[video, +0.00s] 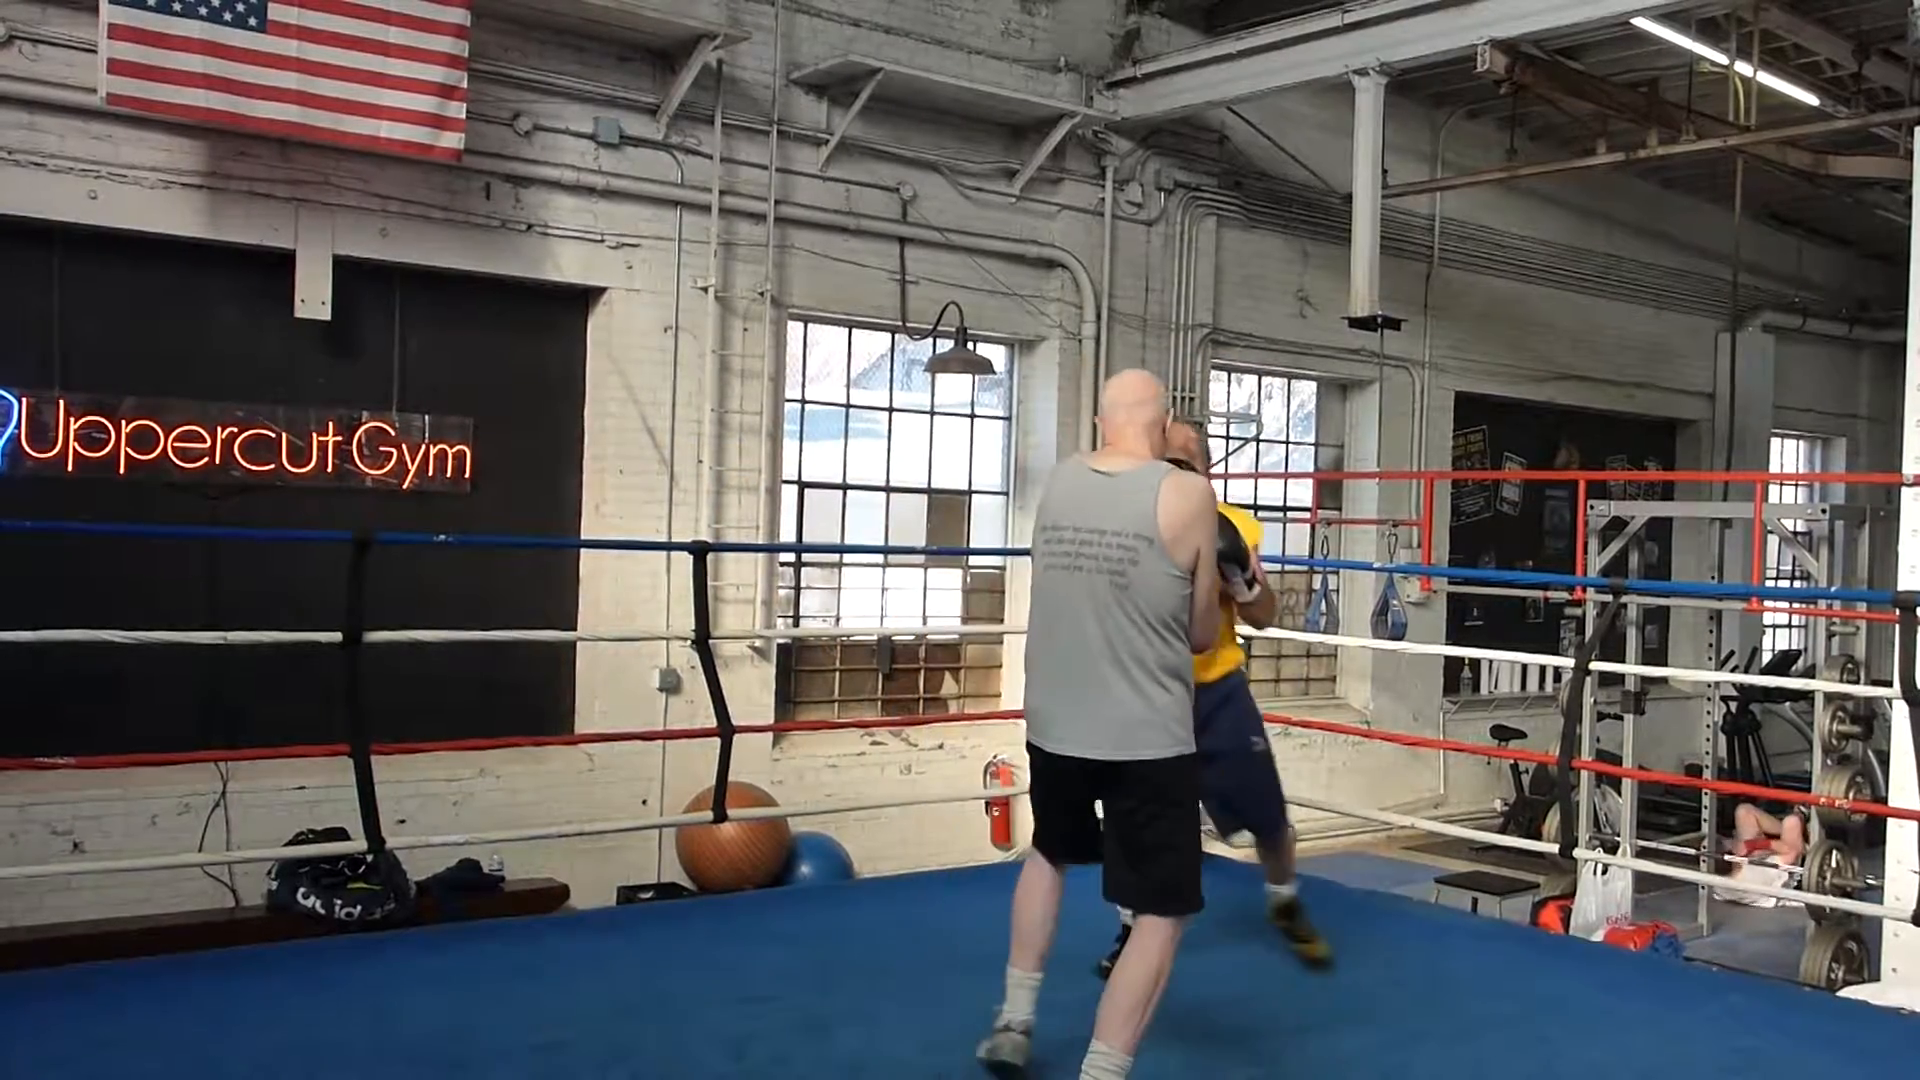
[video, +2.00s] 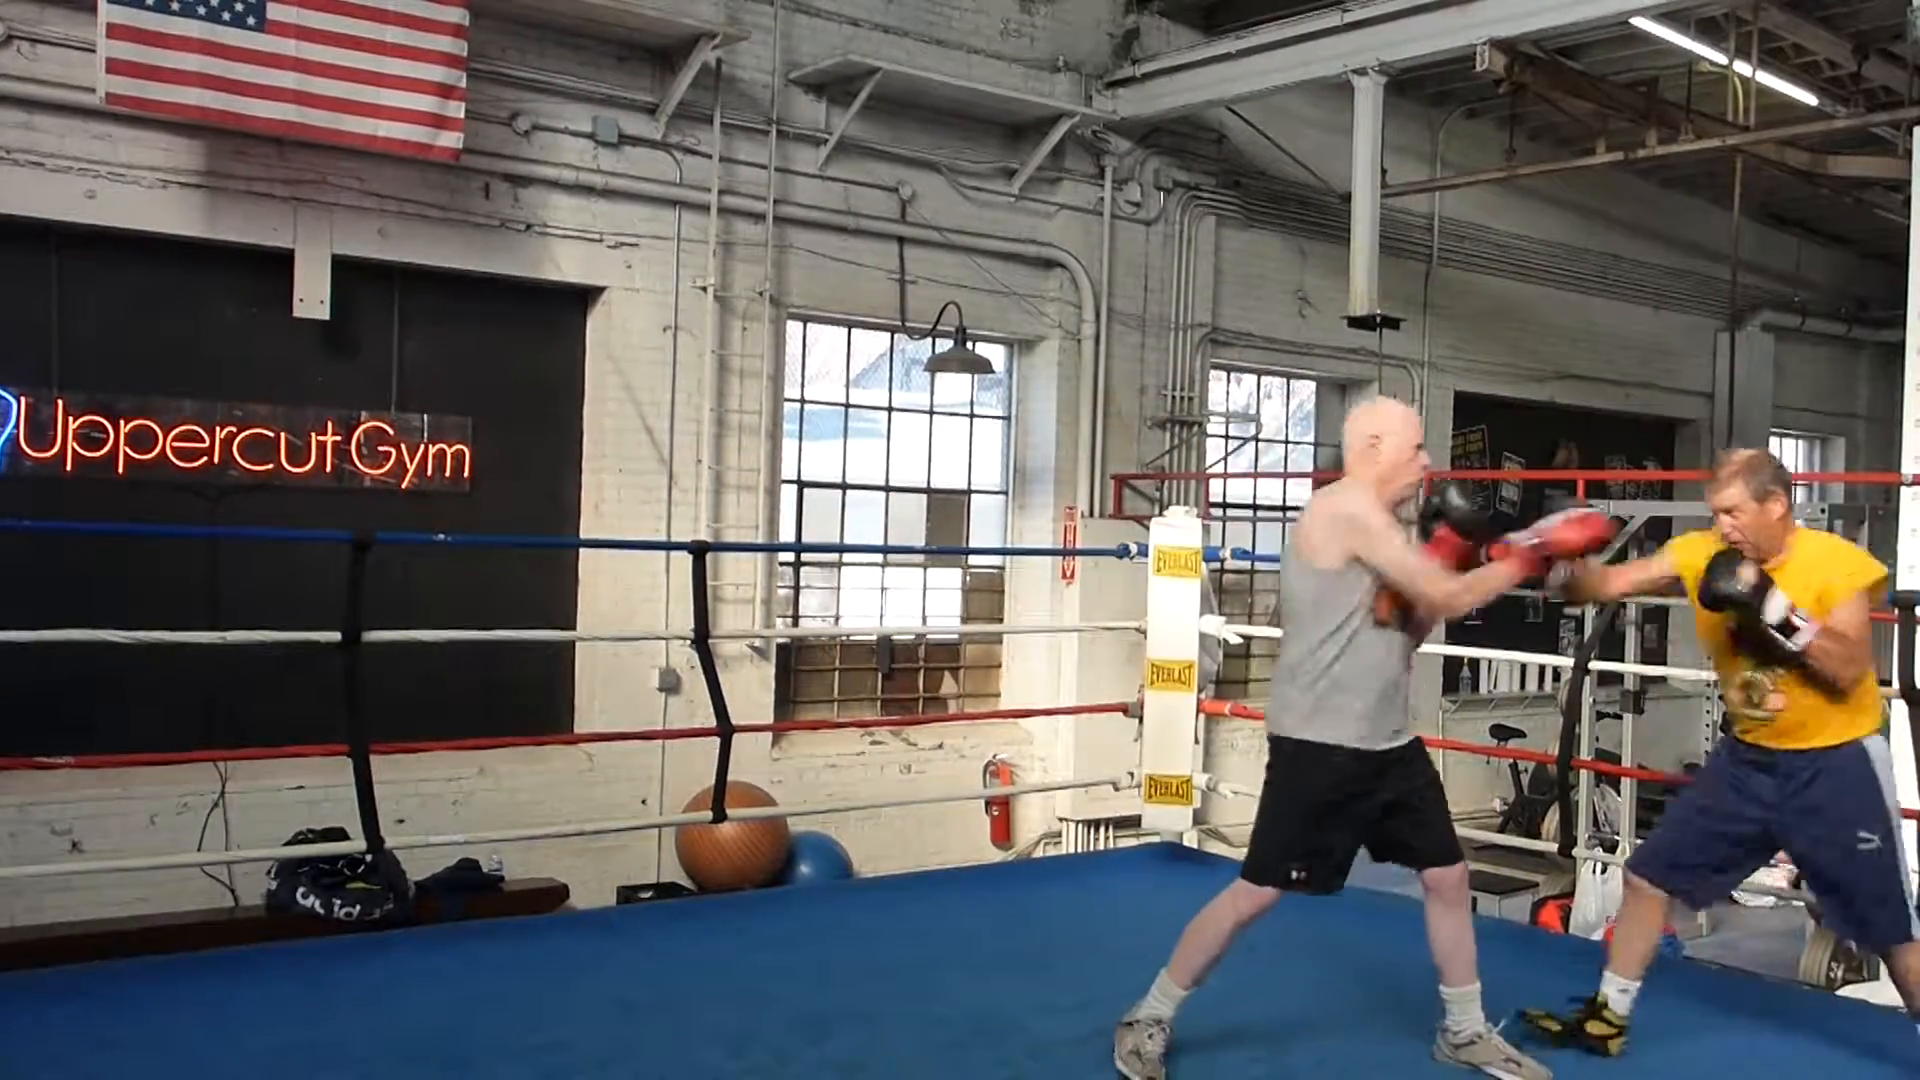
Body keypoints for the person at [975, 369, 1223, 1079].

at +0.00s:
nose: (1162, 416)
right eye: (1163, 407)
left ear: (1099, 421)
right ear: (1163, 421)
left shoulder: (1059, 482)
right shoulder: (1189, 495)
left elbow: (1063, 591)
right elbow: (1203, 631)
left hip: (1053, 725)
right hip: (1148, 738)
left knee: (1047, 853)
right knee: (1159, 913)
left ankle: (1014, 1021)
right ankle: (1101, 1071)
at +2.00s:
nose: (1429, 462)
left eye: (1426, 449)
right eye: (1418, 447)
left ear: (1374, 450)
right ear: (1375, 448)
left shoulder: (1373, 521)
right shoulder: (1344, 507)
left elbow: (1396, 638)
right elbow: (1445, 594)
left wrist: (1440, 565)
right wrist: (1530, 554)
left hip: (1390, 743)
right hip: (1317, 744)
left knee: (1448, 877)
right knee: (1255, 893)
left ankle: (1465, 1031)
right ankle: (1151, 1017)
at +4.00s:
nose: (1459, 451)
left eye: (1460, 438)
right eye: (1443, 440)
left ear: (1461, 443)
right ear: (1394, 449)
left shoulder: (1471, 518)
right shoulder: (1346, 521)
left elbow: (1508, 633)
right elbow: (1332, 653)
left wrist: (1492, 558)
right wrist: (1391, 640)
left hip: (1466, 755)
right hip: (1363, 754)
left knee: (1523, 910)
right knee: (1304, 910)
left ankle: (1530, 1071)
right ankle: (1240, 1039)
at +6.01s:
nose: (1700, 441)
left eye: (1717, 423)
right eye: (1680, 420)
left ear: (1735, 425)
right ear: (1637, 418)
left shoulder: (1773, 500)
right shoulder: (1592, 503)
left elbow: (1870, 669)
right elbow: (1579, 684)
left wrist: (1792, 582)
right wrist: (1614, 600)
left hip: (1757, 809)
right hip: (1629, 804)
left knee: (1747, 1045)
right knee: (1591, 1016)